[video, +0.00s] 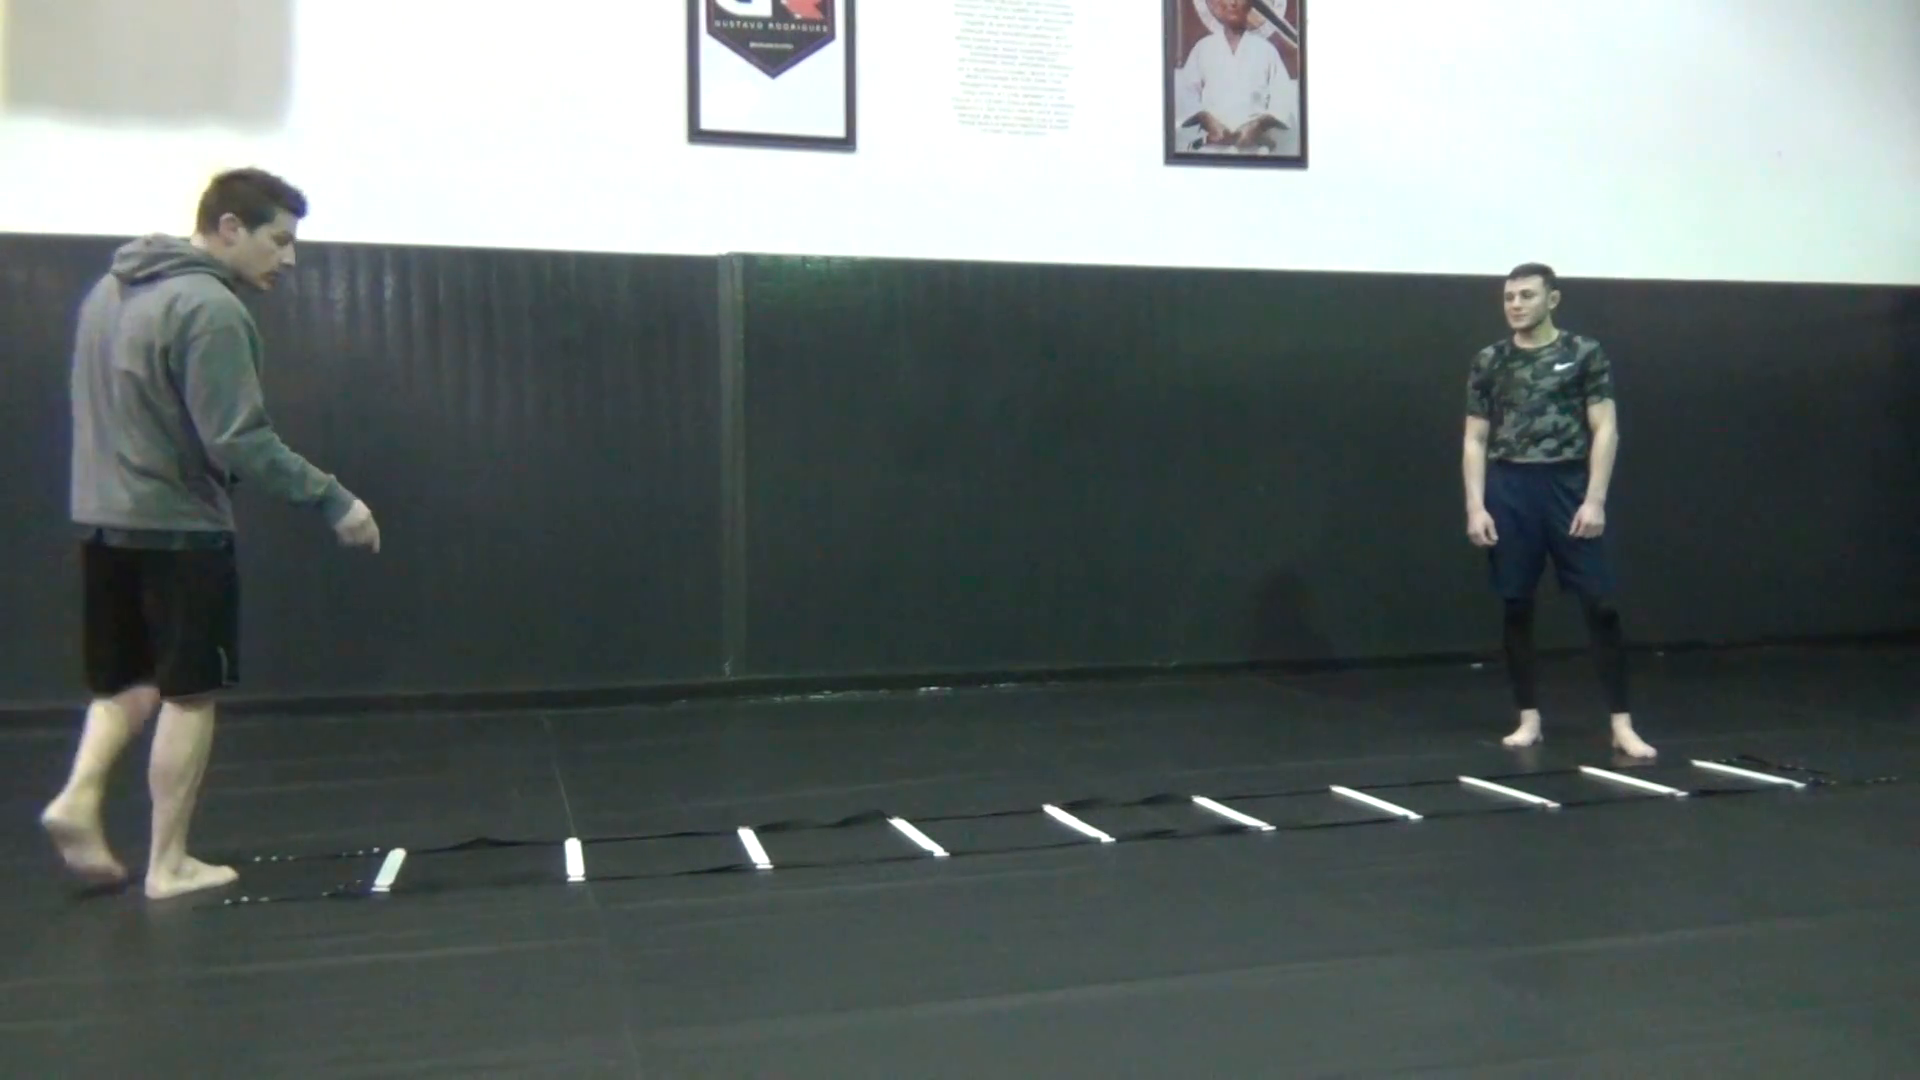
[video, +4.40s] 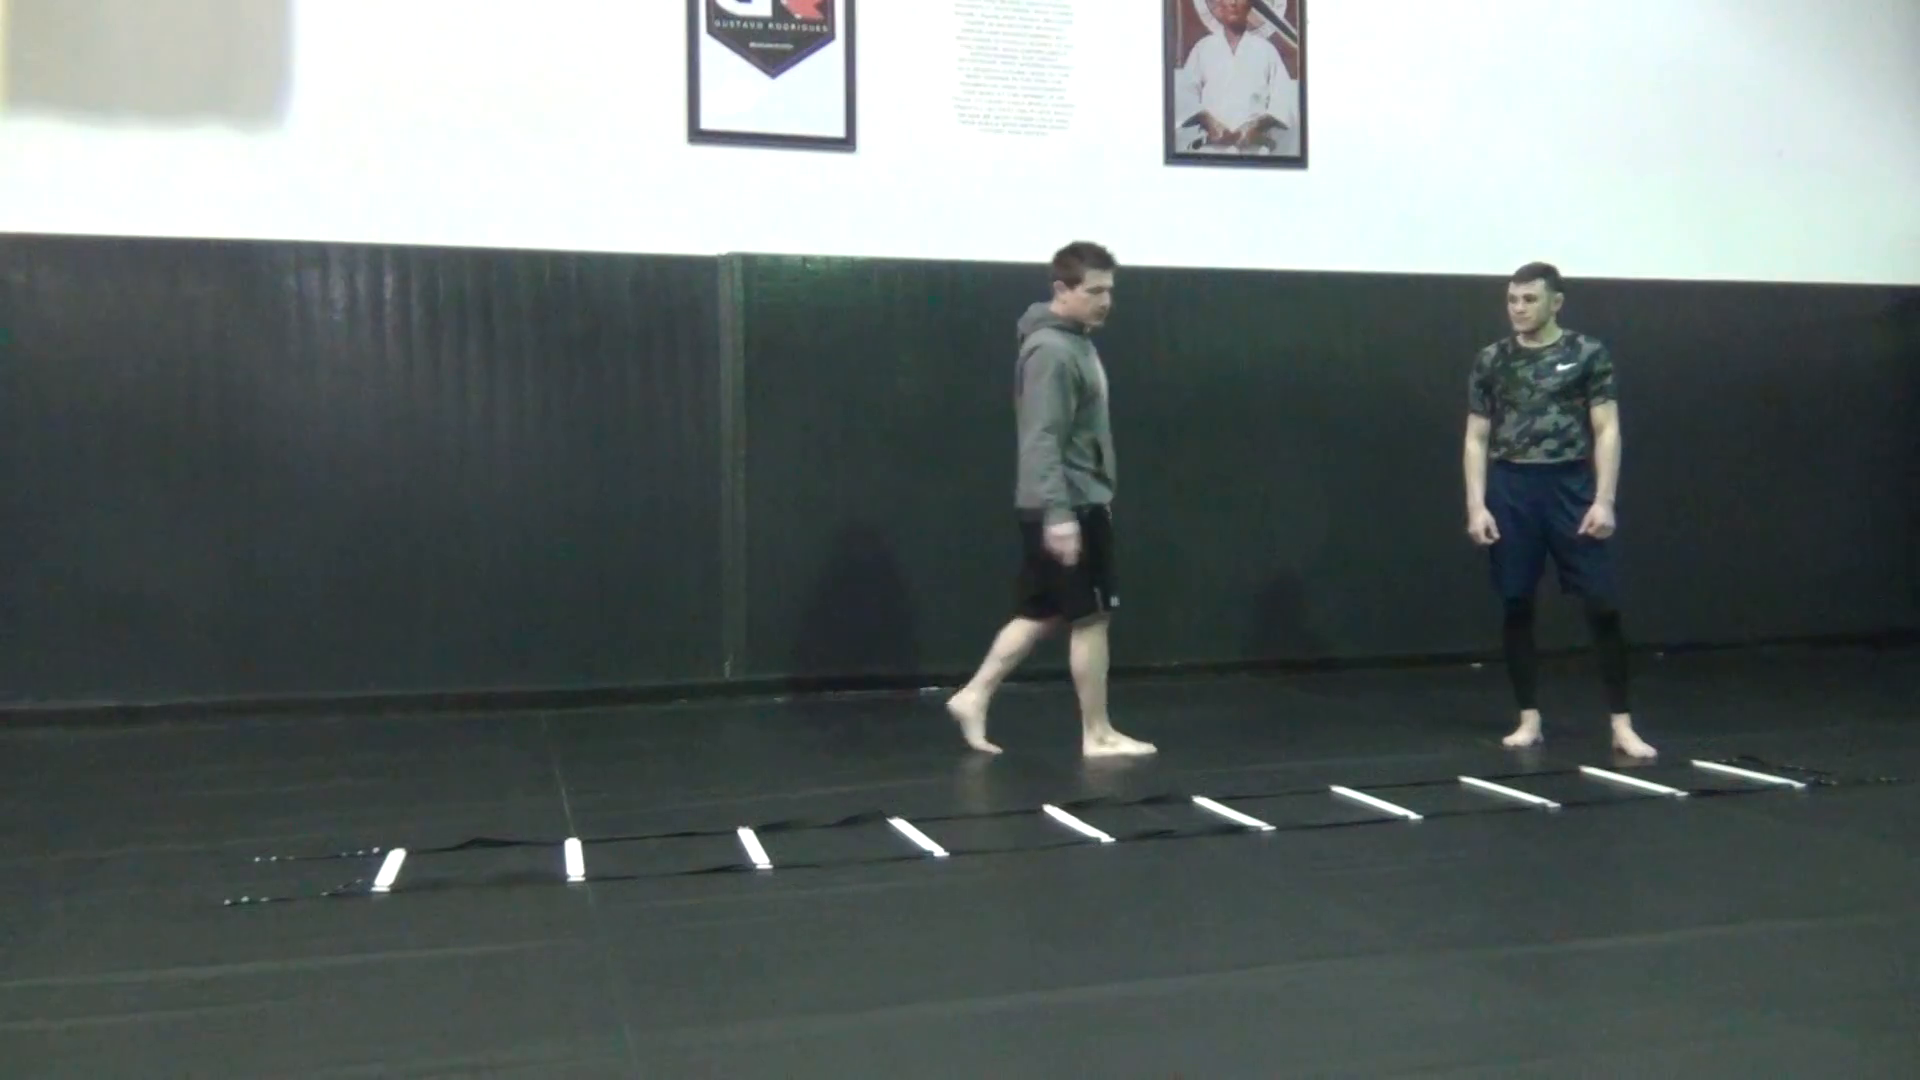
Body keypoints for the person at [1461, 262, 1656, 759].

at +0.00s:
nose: (1516, 305)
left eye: (1527, 296)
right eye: (1510, 298)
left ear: (1552, 299)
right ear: (1503, 304)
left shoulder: (1585, 353)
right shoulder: (1489, 361)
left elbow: (1604, 428)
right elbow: (1475, 438)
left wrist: (1595, 499)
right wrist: (1475, 506)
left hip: (1570, 490)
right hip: (1509, 491)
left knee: (1601, 603)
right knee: (1515, 605)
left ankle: (1621, 724)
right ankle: (1528, 718)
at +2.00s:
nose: (1513, 305)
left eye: (1524, 296)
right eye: (1508, 298)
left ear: (1551, 300)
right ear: (1503, 304)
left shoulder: (1586, 353)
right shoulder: (1489, 361)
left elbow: (1603, 431)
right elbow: (1474, 437)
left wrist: (1597, 499)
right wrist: (1474, 499)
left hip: (1570, 489)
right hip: (1509, 491)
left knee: (1600, 603)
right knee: (1515, 604)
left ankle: (1620, 723)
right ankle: (1528, 717)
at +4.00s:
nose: (1511, 305)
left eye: (1522, 296)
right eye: (1507, 297)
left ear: (1552, 300)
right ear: (1505, 303)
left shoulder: (1588, 353)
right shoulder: (1490, 359)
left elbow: (1605, 429)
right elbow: (1474, 437)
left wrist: (1601, 500)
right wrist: (1473, 504)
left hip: (1571, 490)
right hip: (1509, 491)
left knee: (1602, 605)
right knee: (1516, 606)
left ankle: (1621, 724)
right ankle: (1528, 718)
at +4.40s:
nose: (1518, 308)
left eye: (1529, 300)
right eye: (1512, 300)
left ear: (1555, 302)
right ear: (1507, 304)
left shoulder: (1589, 353)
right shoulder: (1491, 360)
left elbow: (1606, 429)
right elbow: (1476, 437)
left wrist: (1605, 499)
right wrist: (1476, 505)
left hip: (1572, 490)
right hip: (1510, 491)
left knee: (1602, 603)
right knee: (1516, 604)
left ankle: (1621, 724)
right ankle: (1528, 718)